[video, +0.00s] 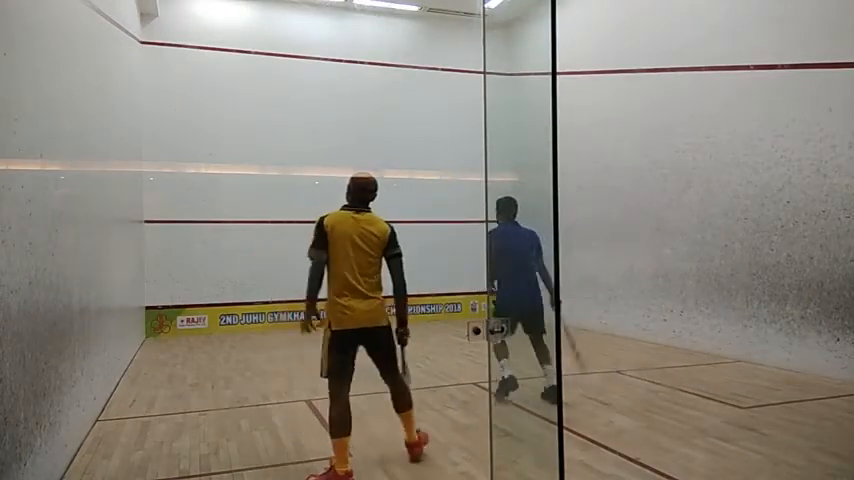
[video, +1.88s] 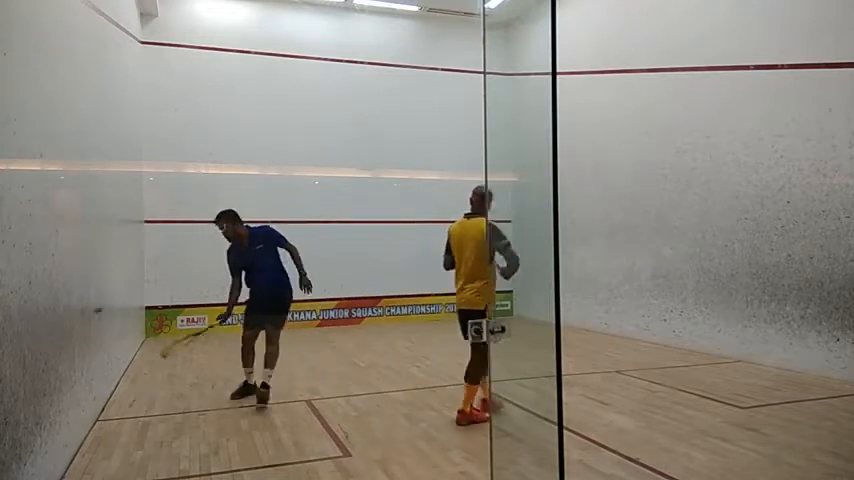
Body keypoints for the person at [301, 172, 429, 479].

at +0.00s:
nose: (349, 191)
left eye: (350, 188)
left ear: (348, 193)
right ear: (374, 197)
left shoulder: (327, 223)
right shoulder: (384, 229)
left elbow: (316, 267)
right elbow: (399, 280)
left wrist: (309, 308)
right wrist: (402, 324)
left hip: (341, 324)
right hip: (376, 321)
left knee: (339, 394)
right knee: (394, 377)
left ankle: (341, 466)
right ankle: (412, 441)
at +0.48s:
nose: (390, 194)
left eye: (391, 190)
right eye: (398, 190)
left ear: (391, 194)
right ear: (414, 197)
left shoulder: (372, 225)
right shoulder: (426, 228)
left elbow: (359, 268)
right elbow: (442, 274)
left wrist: (355, 304)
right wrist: (450, 314)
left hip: (381, 316)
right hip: (415, 317)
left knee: (371, 370)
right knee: (419, 376)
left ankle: (371, 434)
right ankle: (417, 444)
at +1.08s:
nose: (390, 195)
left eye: (393, 192)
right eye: (392, 191)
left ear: (393, 199)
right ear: (411, 200)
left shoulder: (374, 231)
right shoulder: (422, 226)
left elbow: (370, 269)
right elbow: (443, 261)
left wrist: (389, 273)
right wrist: (430, 286)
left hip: (391, 308)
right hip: (421, 304)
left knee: (387, 364)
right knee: (442, 347)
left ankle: (385, 423)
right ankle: (432, 405)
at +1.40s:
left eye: (422, 199)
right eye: (434, 202)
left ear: (415, 203)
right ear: (435, 206)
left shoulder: (399, 232)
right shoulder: (441, 231)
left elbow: (392, 270)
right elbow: (460, 265)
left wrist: (412, 257)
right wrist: (453, 283)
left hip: (410, 311)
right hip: (438, 310)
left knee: (399, 361)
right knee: (450, 357)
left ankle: (387, 420)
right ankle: (461, 410)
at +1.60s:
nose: (452, 205)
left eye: (447, 199)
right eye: (458, 203)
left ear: (440, 202)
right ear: (460, 205)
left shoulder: (424, 231)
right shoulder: (463, 231)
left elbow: (418, 267)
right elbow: (482, 267)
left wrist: (438, 257)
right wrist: (473, 280)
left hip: (434, 307)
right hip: (459, 306)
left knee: (425, 349)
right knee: (467, 353)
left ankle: (406, 395)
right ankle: (465, 410)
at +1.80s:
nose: (478, 201)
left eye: (475, 196)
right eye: (478, 197)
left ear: (460, 199)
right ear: (479, 201)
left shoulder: (444, 228)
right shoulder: (481, 228)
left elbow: (438, 263)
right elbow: (502, 261)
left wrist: (458, 252)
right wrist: (492, 275)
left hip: (453, 300)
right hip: (475, 300)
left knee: (465, 343)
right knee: (474, 348)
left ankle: (453, 390)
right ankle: (466, 409)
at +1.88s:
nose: (490, 207)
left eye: (488, 202)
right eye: (490, 203)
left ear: (470, 202)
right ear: (488, 203)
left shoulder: (454, 228)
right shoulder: (489, 228)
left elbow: (448, 263)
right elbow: (513, 260)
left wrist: (469, 254)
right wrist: (505, 272)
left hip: (462, 302)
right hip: (481, 302)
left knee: (481, 351)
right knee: (478, 354)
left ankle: (485, 397)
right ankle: (466, 410)